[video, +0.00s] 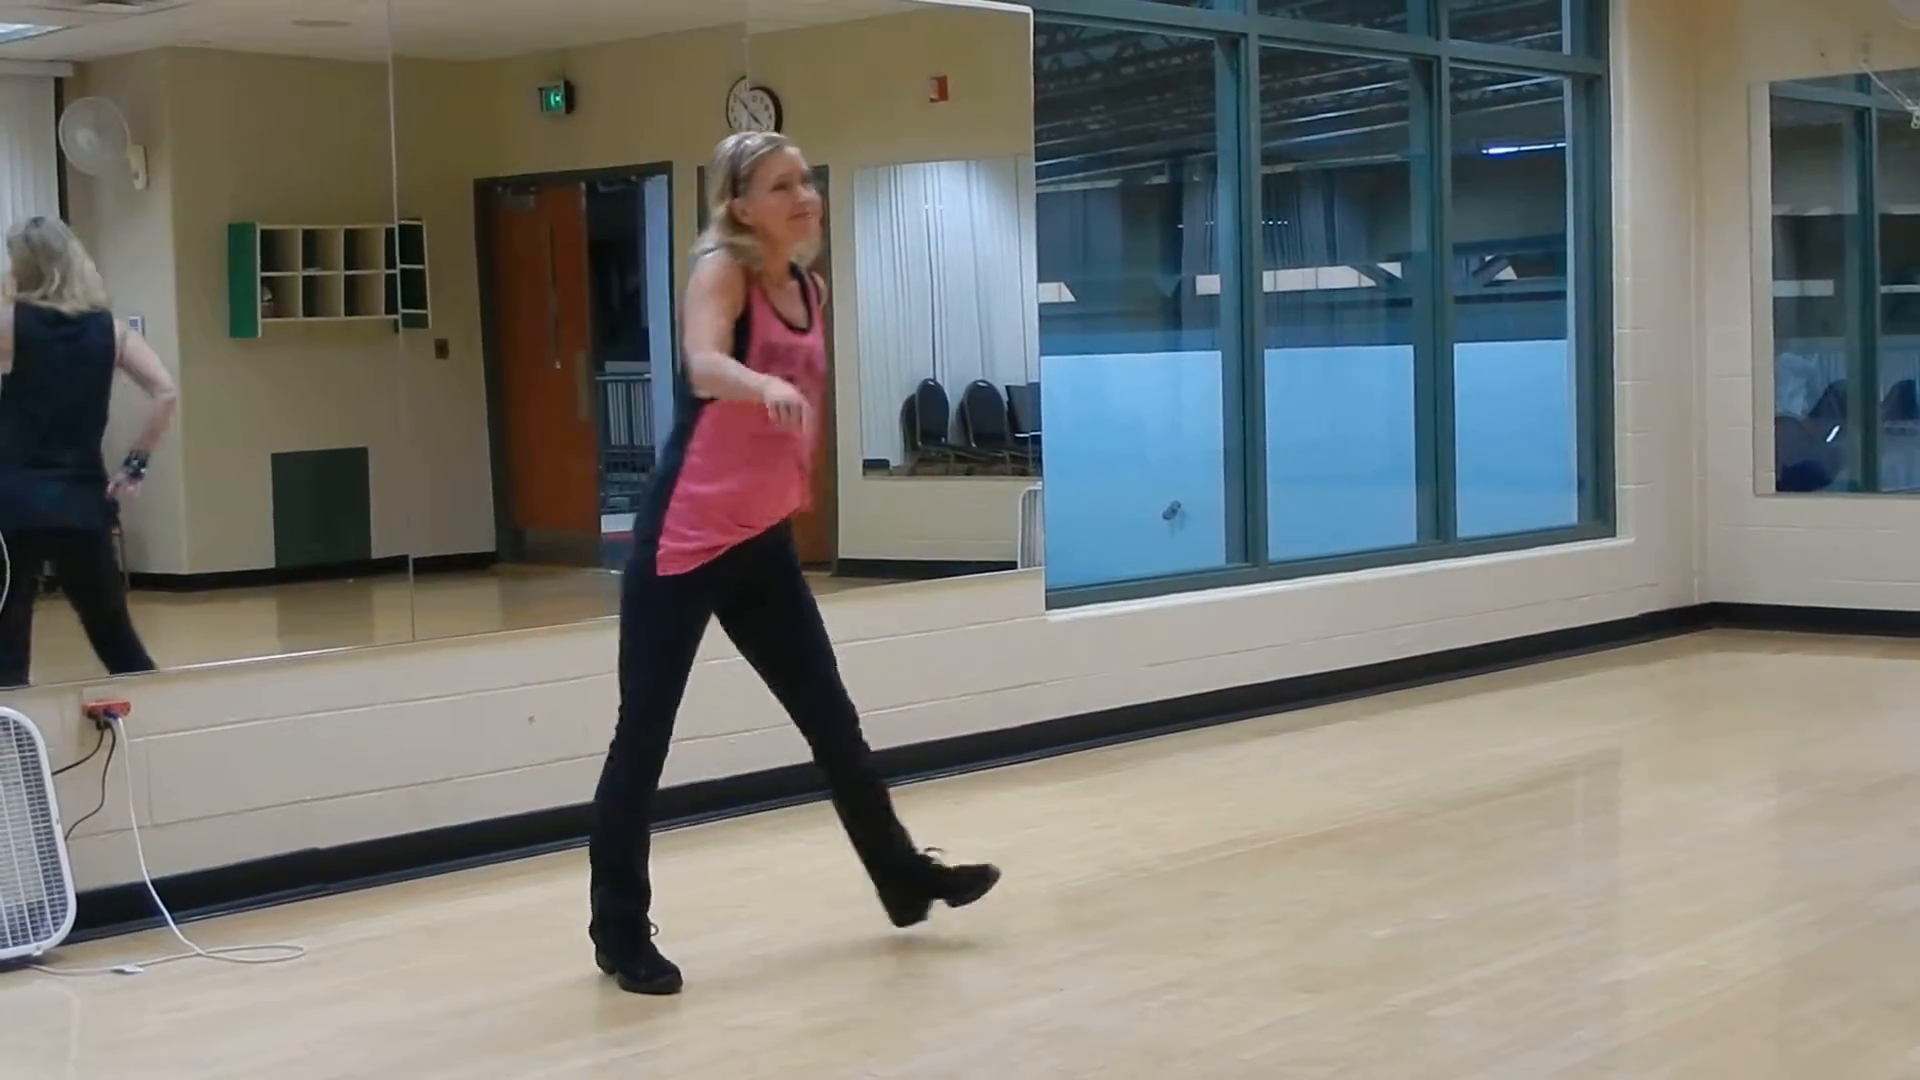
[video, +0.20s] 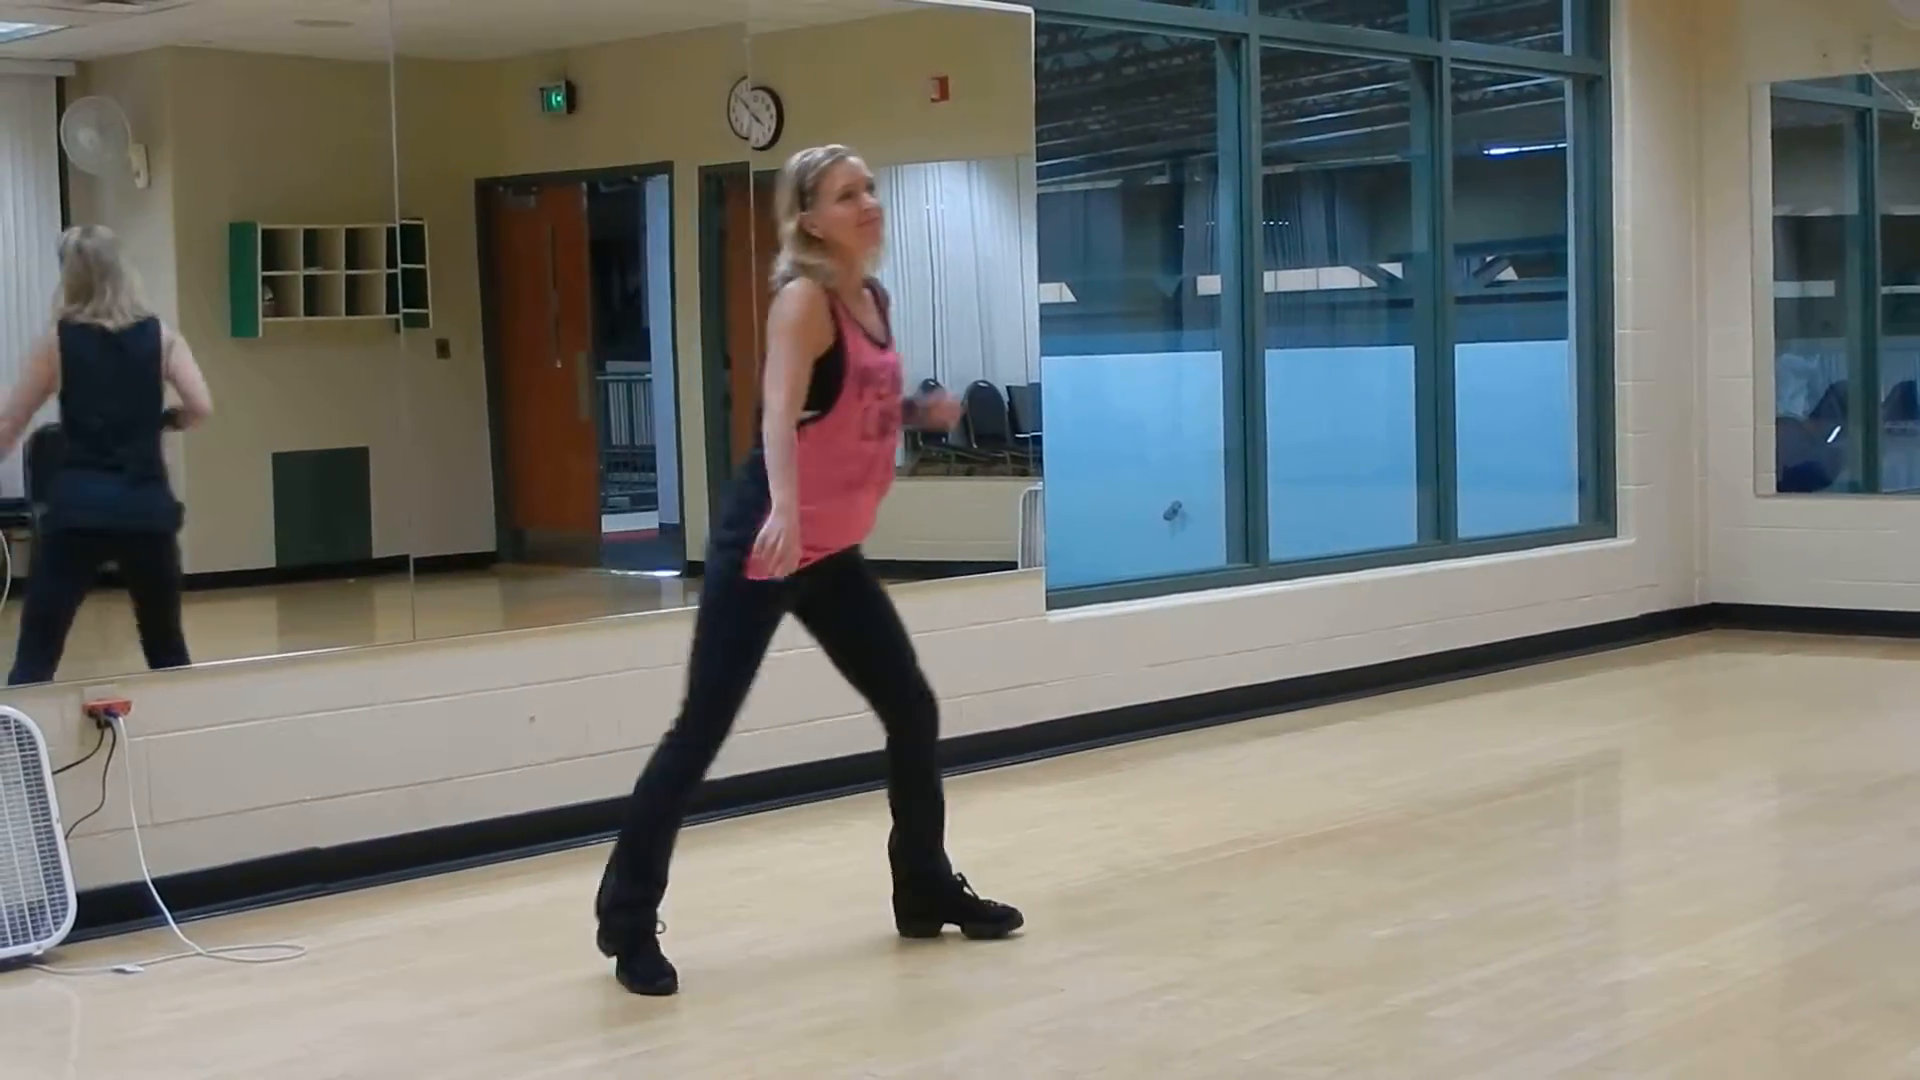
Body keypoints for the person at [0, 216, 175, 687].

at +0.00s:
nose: (8, 272)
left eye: (13, 263)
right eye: (10, 263)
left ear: (24, 267)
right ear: (74, 264)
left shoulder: (10, 322)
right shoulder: (106, 327)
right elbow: (165, 391)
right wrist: (136, 465)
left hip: (15, 508)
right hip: (79, 507)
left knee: (9, 647)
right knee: (116, 640)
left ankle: (10, 750)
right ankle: (178, 732)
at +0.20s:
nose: (62, 279)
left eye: (64, 272)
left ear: (71, 278)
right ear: (121, 273)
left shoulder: (57, 343)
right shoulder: (160, 336)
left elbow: (11, 424)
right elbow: (200, 407)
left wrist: (12, 451)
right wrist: (159, 420)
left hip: (76, 517)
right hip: (146, 516)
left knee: (36, 656)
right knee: (166, 645)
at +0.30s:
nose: (84, 276)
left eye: (87, 269)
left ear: (95, 274)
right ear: (144, 269)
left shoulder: (81, 336)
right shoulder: (184, 331)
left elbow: (60, 427)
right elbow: (211, 416)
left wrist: (39, 505)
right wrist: (169, 381)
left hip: (111, 516)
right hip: (181, 512)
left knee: (49, 644)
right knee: (186, 647)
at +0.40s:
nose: (104, 277)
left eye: (108, 268)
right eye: (105, 268)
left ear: (117, 273)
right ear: (167, 269)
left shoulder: (101, 332)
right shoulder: (201, 330)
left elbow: (97, 420)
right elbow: (221, 417)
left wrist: (98, 498)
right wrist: (176, 396)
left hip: (139, 513)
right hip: (204, 510)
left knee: (70, 634)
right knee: (197, 648)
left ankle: (112, 737)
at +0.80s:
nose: (165, 271)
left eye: (169, 262)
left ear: (174, 266)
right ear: (228, 264)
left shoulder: (169, 315)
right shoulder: (259, 326)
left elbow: (138, 401)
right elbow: (284, 405)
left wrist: (100, 410)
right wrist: (294, 474)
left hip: (194, 500)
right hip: (258, 497)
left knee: (200, 637)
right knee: (246, 631)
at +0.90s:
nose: (176, 262)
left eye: (180, 253)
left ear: (187, 257)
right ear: (240, 255)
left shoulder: (180, 311)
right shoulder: (272, 314)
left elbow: (134, 391)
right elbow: (312, 378)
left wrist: (89, 422)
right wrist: (309, 452)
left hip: (208, 488)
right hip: (266, 484)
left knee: (224, 633)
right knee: (270, 623)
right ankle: (294, 728)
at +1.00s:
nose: (189, 263)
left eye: (192, 255)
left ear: (198, 259)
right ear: (253, 258)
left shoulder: (191, 313)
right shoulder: (282, 314)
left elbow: (140, 391)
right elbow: (343, 362)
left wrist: (101, 442)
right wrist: (322, 429)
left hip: (221, 489)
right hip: (282, 482)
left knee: (237, 632)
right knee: (292, 617)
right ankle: (339, 717)